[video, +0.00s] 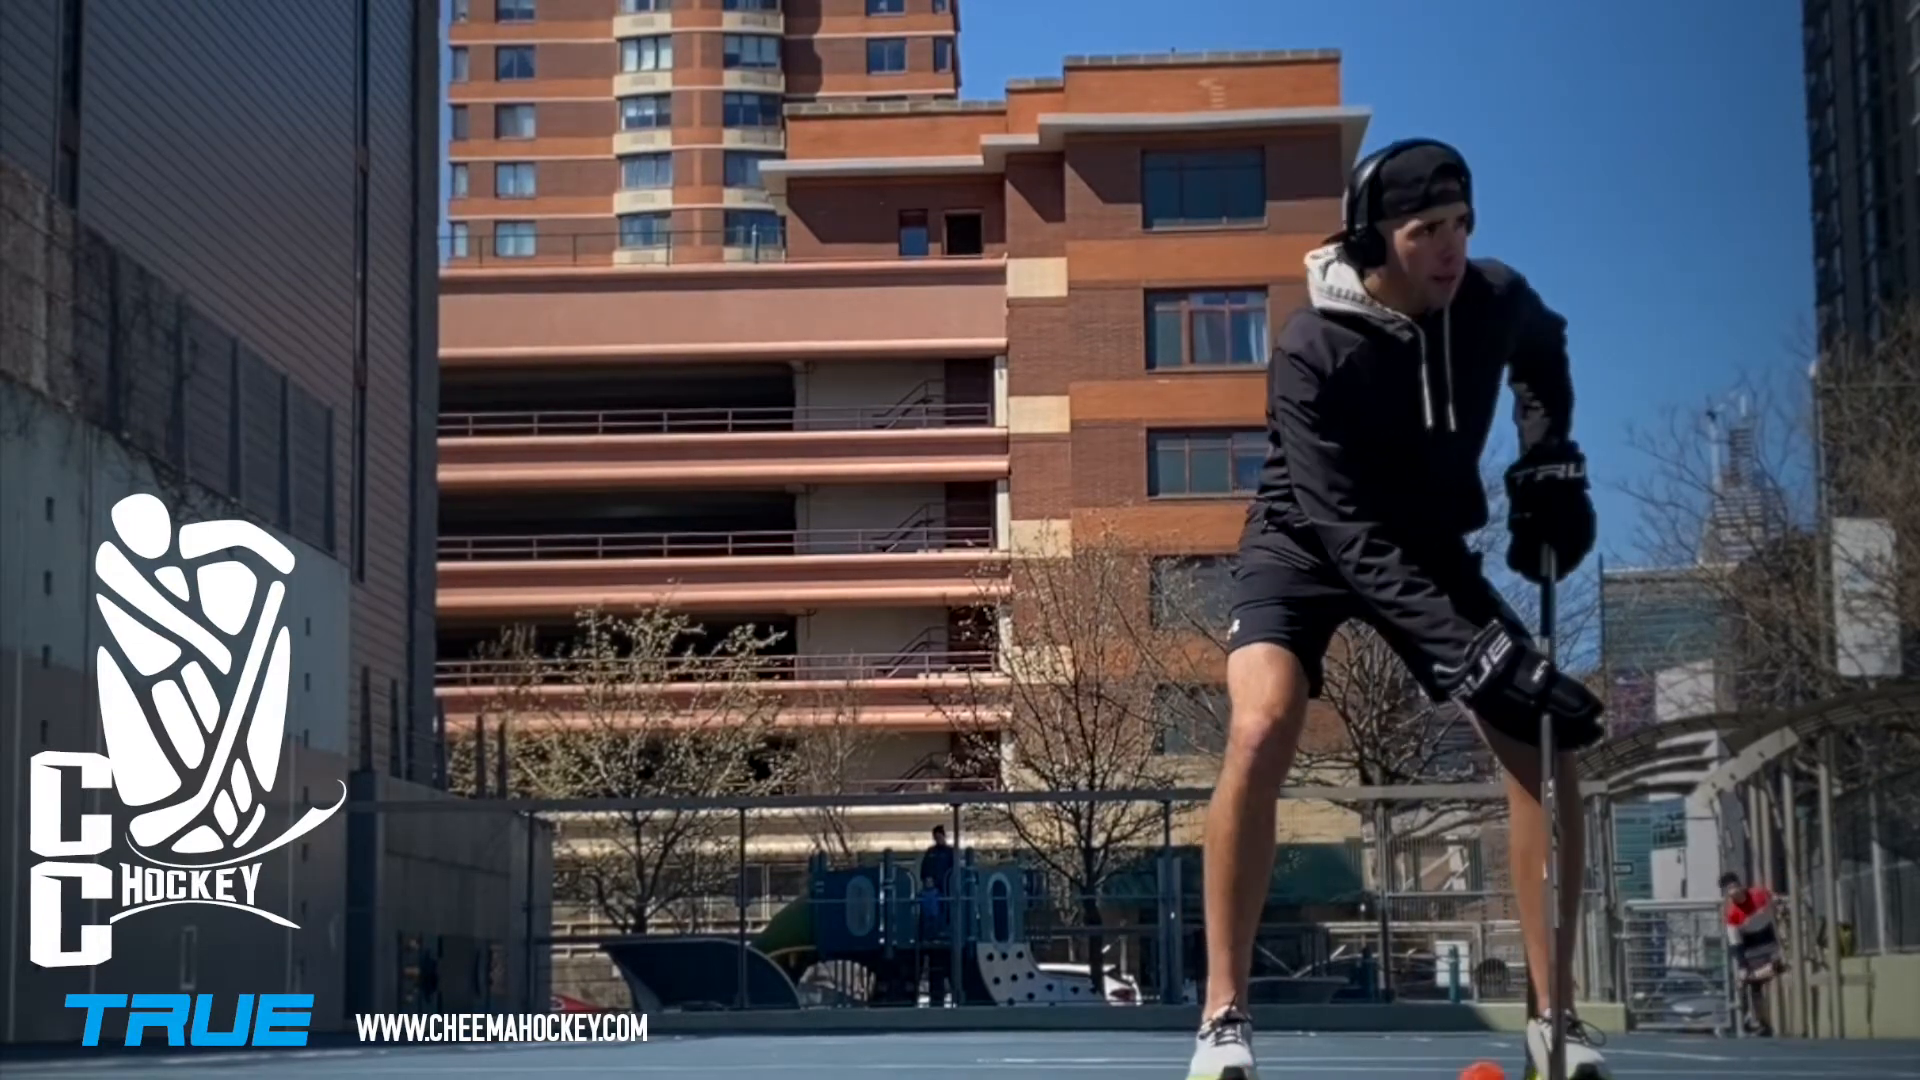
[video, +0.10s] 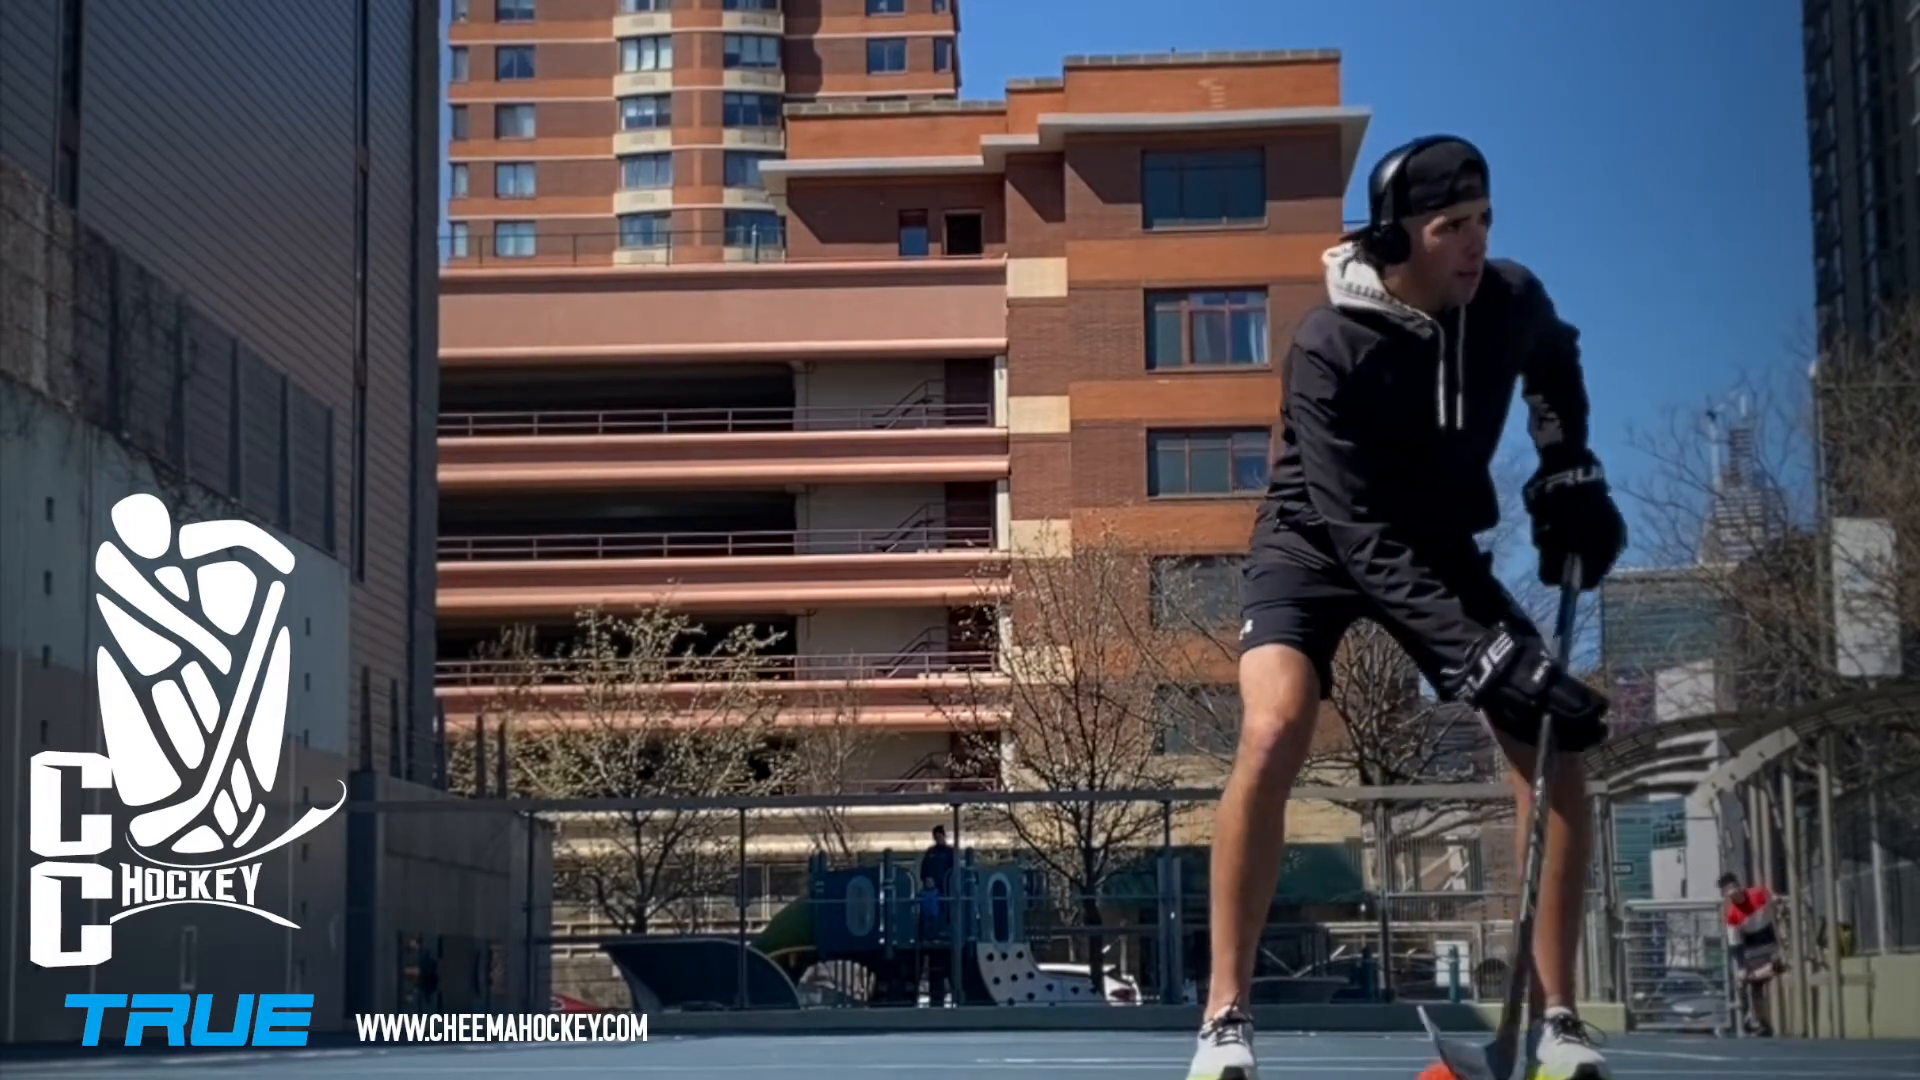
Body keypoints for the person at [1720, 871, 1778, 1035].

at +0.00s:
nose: (1733, 892)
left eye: (1735, 887)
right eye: (1729, 890)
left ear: (1741, 885)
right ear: (1726, 894)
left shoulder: (1761, 896)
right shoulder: (1732, 914)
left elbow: (1774, 922)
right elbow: (1735, 943)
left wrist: (1779, 950)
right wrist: (1743, 966)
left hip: (1769, 945)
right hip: (1750, 950)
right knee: (1755, 989)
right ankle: (1763, 1025)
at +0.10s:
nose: (1732, 893)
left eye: (1733, 887)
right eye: (1727, 890)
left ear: (1739, 886)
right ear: (1724, 895)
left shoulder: (1759, 895)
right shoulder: (1732, 915)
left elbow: (1775, 922)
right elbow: (1735, 943)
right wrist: (1741, 967)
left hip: (1769, 944)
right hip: (1750, 948)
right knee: (1755, 988)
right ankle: (1762, 1024)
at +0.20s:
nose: (1730, 893)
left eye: (1731, 888)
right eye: (1725, 891)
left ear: (1737, 886)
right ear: (1722, 895)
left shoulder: (1756, 896)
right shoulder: (1729, 914)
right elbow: (1733, 942)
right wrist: (1740, 967)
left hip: (1770, 946)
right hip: (1751, 950)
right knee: (1754, 988)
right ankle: (1762, 1024)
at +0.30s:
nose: (1729, 893)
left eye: (1730, 888)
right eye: (1724, 891)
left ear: (1737, 886)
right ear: (1721, 895)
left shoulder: (1756, 896)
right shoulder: (1729, 914)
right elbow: (1732, 943)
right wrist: (1739, 967)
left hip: (1770, 943)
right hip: (1751, 949)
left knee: (1777, 965)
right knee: (1756, 988)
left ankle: (1749, 977)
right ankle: (1760, 1021)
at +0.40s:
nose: (1728, 895)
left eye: (1729, 889)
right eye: (1724, 892)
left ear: (1736, 888)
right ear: (1721, 896)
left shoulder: (1756, 898)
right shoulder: (1728, 915)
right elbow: (1732, 945)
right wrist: (1738, 969)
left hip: (1770, 942)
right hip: (1751, 949)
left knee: (1777, 965)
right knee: (1752, 986)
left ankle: (1747, 979)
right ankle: (1760, 1022)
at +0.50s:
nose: (1728, 895)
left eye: (1729, 890)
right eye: (1723, 892)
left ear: (1735, 888)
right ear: (1721, 896)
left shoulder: (1756, 898)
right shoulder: (1727, 916)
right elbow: (1730, 945)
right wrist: (1734, 970)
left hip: (1769, 943)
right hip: (1750, 949)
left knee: (1775, 965)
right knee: (1753, 987)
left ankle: (1744, 978)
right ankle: (1761, 1023)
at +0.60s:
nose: (1727, 894)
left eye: (1729, 889)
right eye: (1723, 891)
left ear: (1735, 888)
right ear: (1720, 895)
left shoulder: (1755, 897)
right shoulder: (1727, 915)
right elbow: (1730, 944)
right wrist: (1733, 969)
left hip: (1769, 943)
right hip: (1749, 948)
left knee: (1776, 964)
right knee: (1753, 987)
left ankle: (1744, 978)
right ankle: (1760, 1022)